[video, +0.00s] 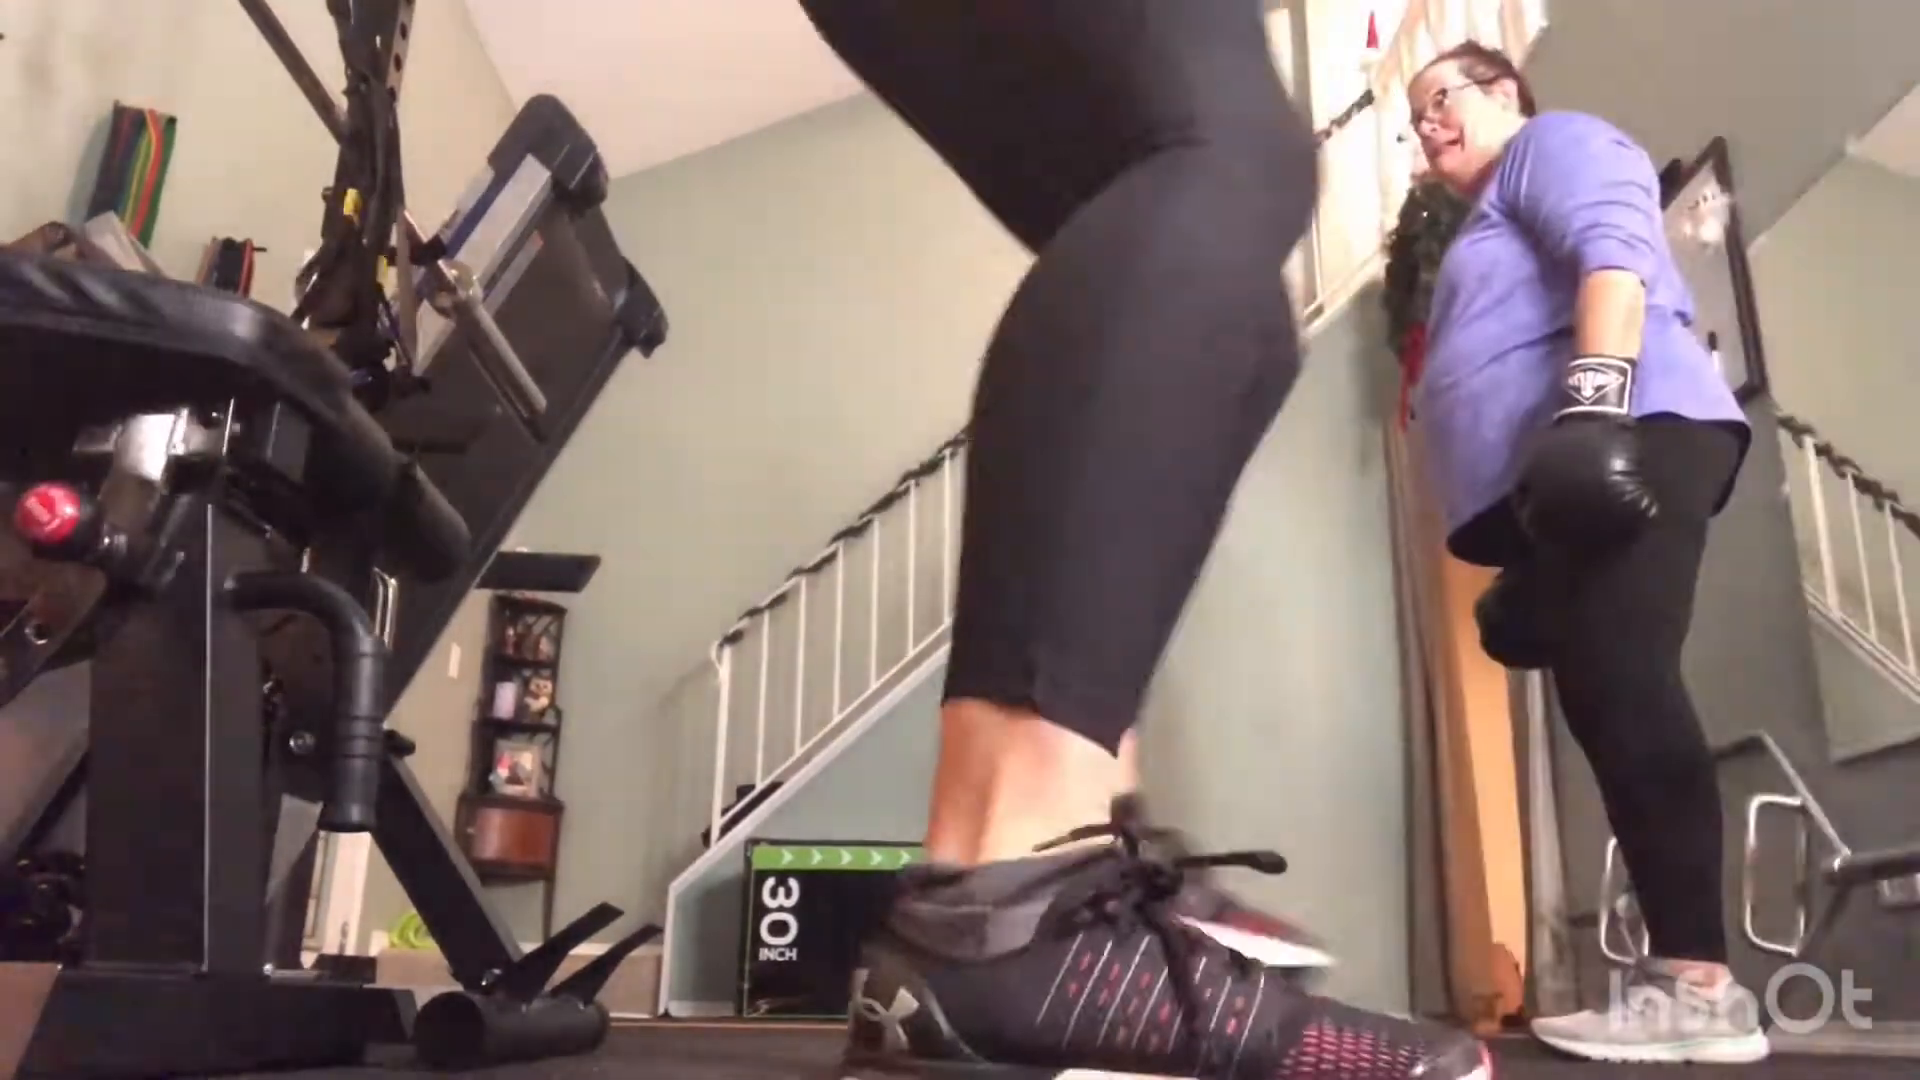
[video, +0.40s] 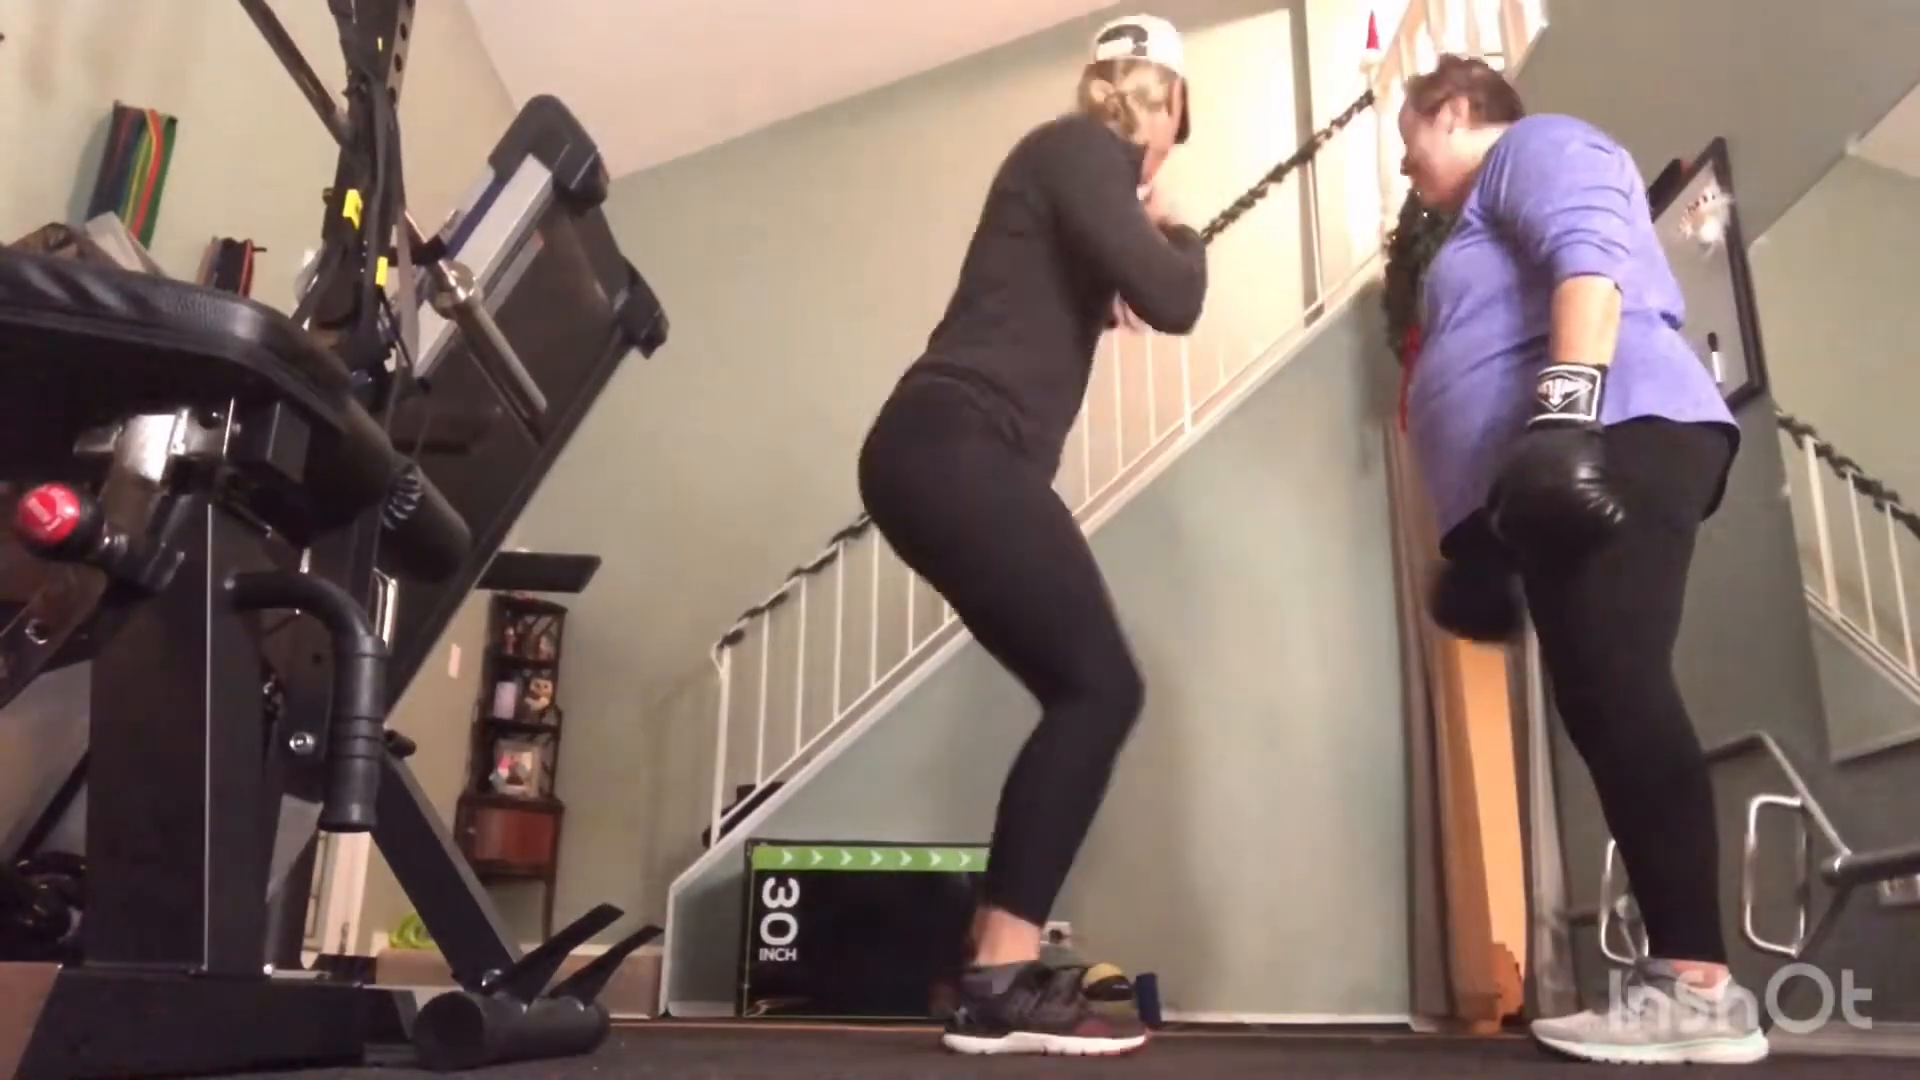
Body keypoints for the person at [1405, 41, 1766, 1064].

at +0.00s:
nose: (1428, 126)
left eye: (1442, 102)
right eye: (1417, 121)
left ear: (1506, 93)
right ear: (1429, 146)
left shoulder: (1555, 141)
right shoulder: (1479, 234)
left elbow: (1612, 253)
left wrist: (1593, 406)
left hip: (1639, 429)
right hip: (1574, 469)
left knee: (1622, 680)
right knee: (1604, 702)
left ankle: (1699, 983)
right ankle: (1682, 978)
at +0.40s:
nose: (1404, 161)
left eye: (1409, 137)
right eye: (1402, 145)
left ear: (1454, 111)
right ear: (1452, 120)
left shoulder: (1538, 142)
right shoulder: (1466, 246)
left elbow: (1587, 258)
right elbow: (1474, 394)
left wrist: (1565, 408)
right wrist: (1472, 535)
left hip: (1626, 424)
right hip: (1572, 455)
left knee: (1617, 689)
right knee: (1600, 705)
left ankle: (1697, 985)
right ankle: (1683, 979)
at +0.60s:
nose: (1397, 192)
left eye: (1395, 174)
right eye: (1391, 182)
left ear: (1425, 145)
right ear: (1448, 139)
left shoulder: (1501, 145)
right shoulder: (1462, 242)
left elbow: (1537, 257)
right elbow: (1439, 351)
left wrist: (1492, 417)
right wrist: (1392, 267)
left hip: (1621, 422)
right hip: (1586, 443)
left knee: (1619, 693)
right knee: (1608, 697)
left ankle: (1696, 984)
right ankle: (1676, 975)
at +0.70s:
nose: (1384, 182)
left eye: (1383, 163)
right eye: (1379, 171)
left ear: (1412, 135)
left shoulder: (1483, 135)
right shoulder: (1448, 233)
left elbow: (1523, 243)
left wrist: (1494, 404)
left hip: (1610, 412)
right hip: (1575, 435)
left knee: (1604, 684)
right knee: (1579, 697)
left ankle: (1698, 987)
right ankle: (1667, 974)